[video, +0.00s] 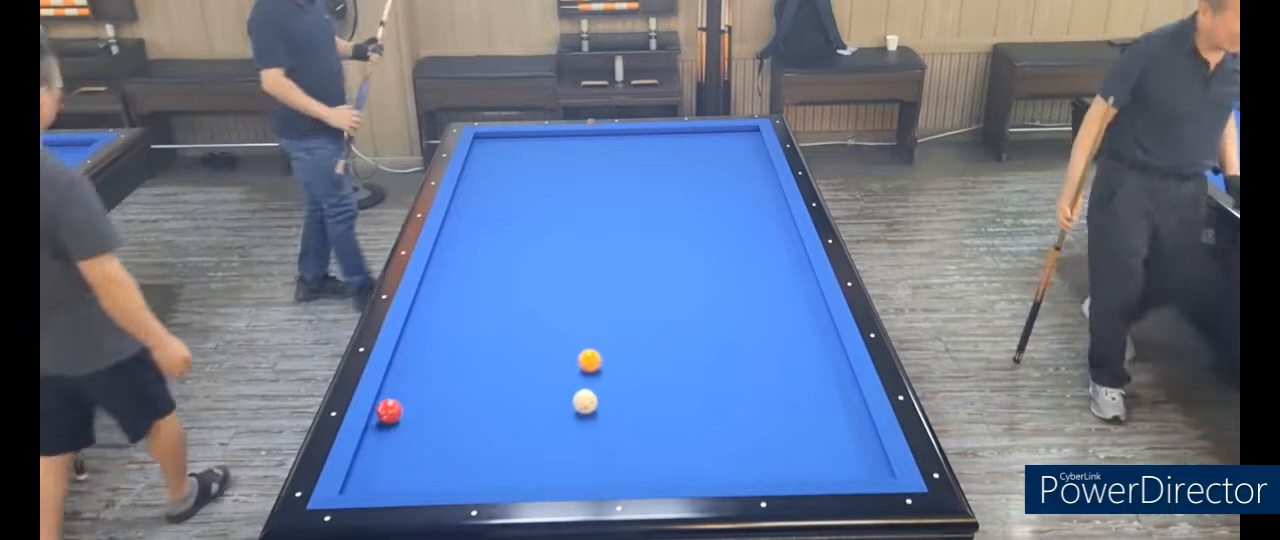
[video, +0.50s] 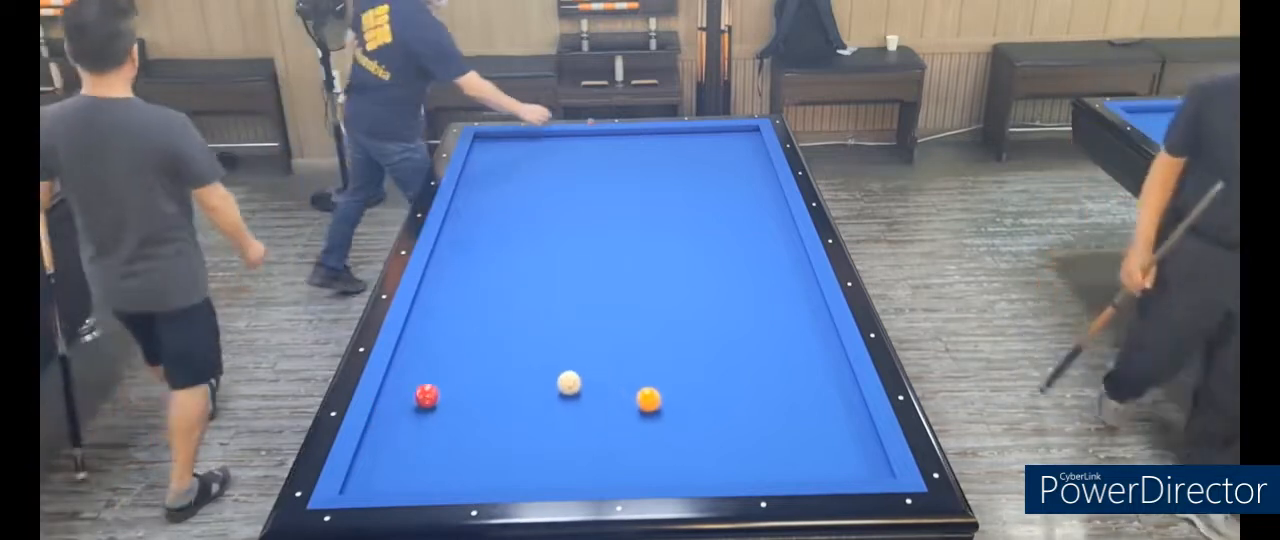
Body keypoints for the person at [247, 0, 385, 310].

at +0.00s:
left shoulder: (310, 5)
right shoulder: (267, 12)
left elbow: (322, 42)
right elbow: (271, 80)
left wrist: (355, 50)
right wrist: (329, 113)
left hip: (327, 128)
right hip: (305, 133)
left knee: (320, 208)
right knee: (340, 210)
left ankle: (312, 280)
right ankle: (362, 288)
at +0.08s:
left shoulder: (321, 6)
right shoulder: (290, 11)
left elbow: (326, 48)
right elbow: (298, 84)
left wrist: (361, 48)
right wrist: (356, 110)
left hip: (335, 128)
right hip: (319, 132)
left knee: (323, 206)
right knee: (361, 205)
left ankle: (313, 279)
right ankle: (395, 270)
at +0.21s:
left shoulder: (331, 9)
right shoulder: (326, 15)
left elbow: (337, 55)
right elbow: (345, 86)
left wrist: (374, 53)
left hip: (334, 128)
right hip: (347, 132)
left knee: (333, 204)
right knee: (390, 202)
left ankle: (313, 278)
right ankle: (424, 273)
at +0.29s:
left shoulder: (319, 7)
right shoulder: (345, 16)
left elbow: (335, 58)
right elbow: (376, 88)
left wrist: (380, 57)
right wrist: (431, 108)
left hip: (338, 128)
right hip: (361, 133)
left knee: (337, 203)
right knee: (401, 205)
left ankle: (314, 278)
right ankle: (427, 279)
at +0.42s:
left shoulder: (349, 11)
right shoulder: (383, 15)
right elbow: (429, 84)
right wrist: (485, 108)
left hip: (352, 131)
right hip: (384, 136)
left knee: (348, 199)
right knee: (424, 204)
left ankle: (320, 271)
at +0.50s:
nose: (447, 6)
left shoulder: (372, 8)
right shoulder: (425, 27)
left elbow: (356, 45)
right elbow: (470, 84)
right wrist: (522, 109)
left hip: (359, 122)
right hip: (393, 131)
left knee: (358, 193)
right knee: (431, 205)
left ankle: (330, 268)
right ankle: (440, 277)